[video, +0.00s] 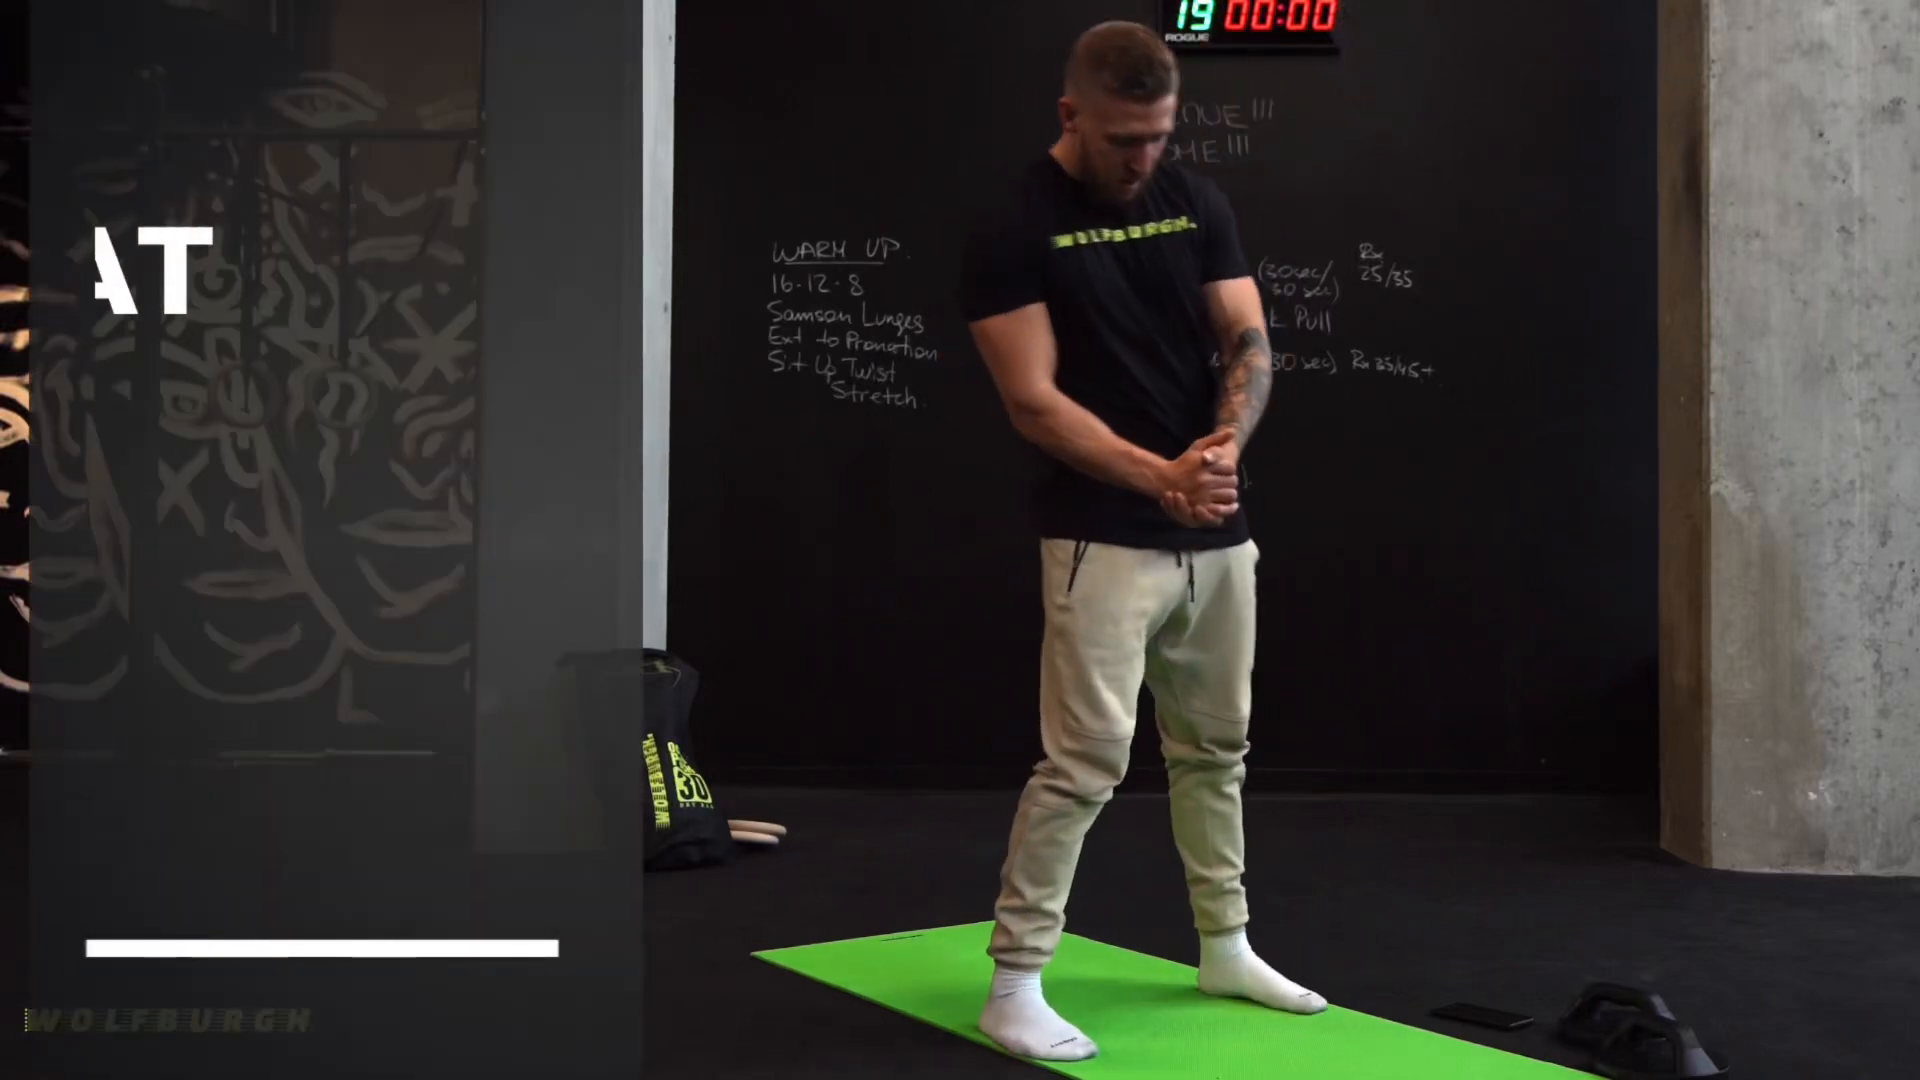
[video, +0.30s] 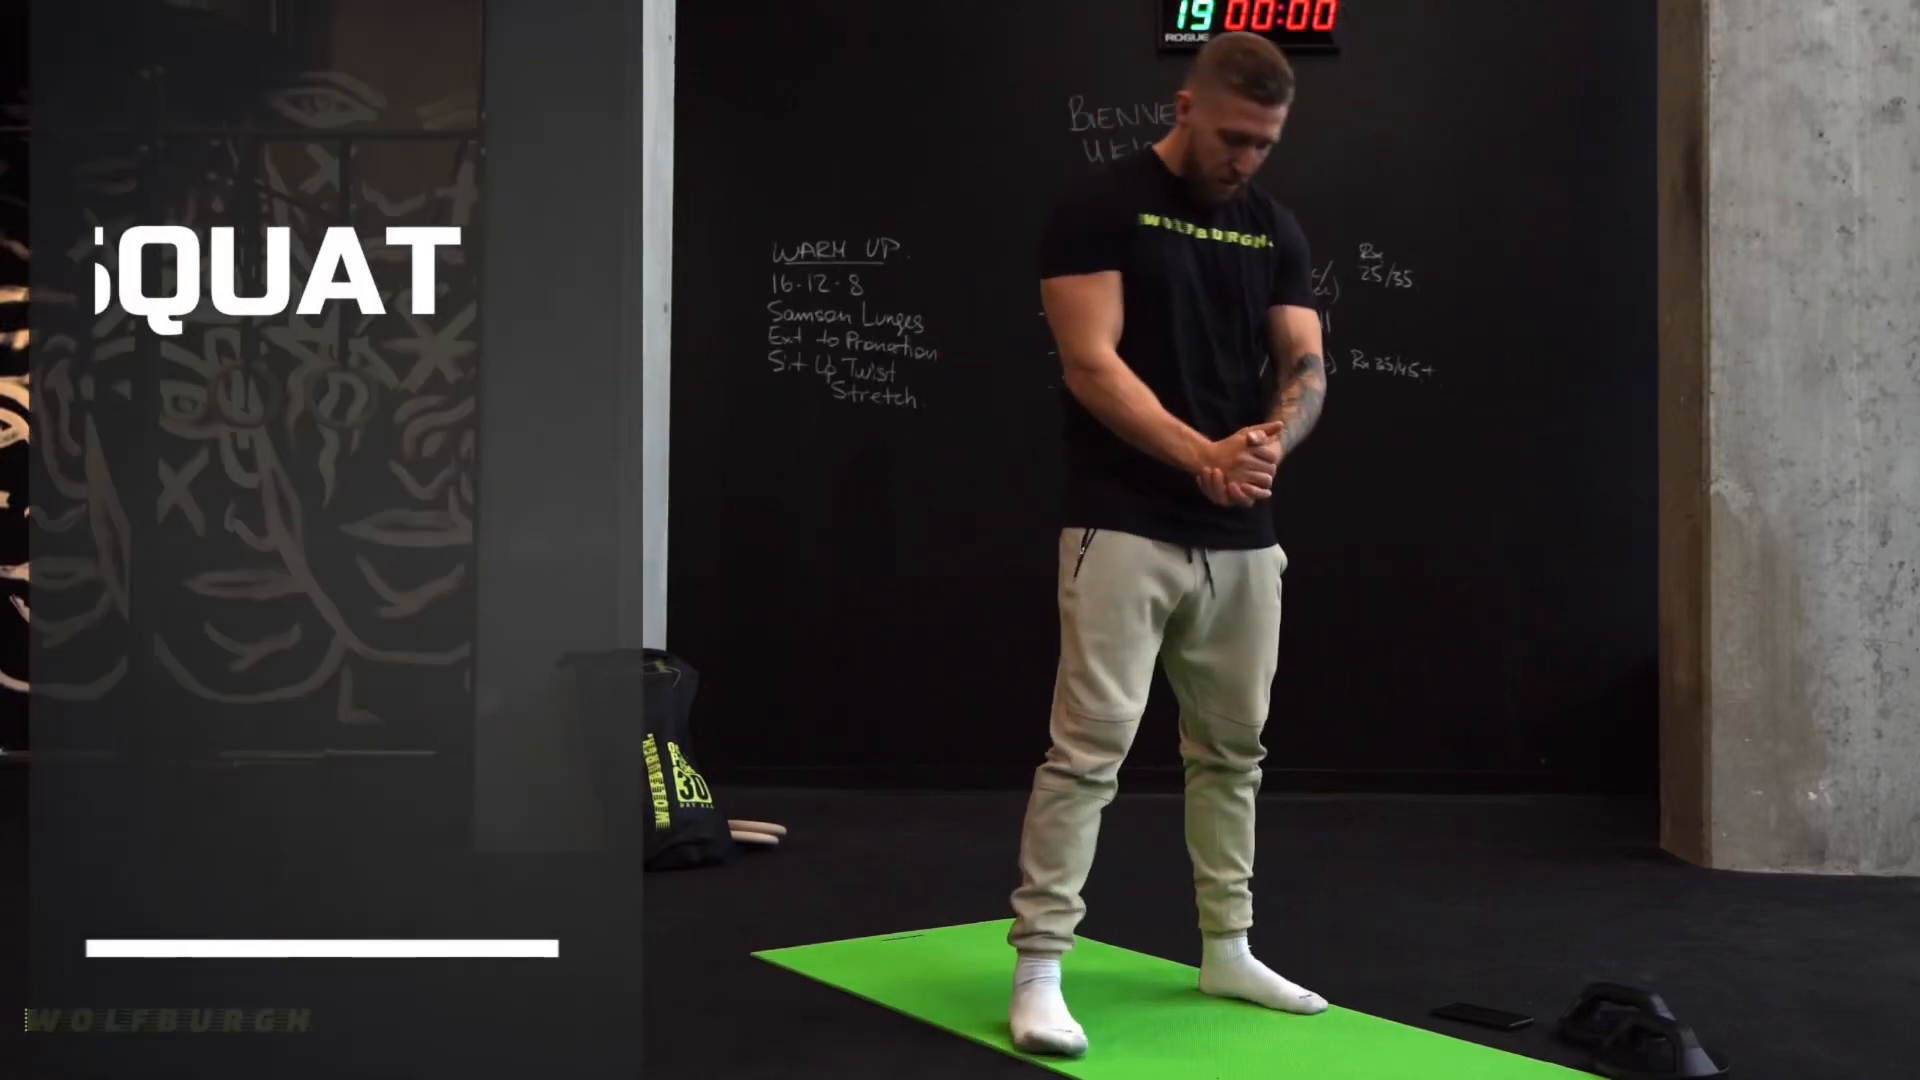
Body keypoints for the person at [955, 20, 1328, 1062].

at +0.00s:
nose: (1146, 160)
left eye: (1160, 139)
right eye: (1124, 140)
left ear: (1177, 114)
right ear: (1068, 114)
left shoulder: (1199, 202)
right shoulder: (1016, 229)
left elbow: (1249, 343)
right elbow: (1032, 404)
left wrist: (1227, 443)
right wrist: (1155, 479)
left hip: (1214, 532)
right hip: (1102, 538)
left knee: (1213, 749)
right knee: (1085, 760)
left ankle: (1225, 950)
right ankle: (1015, 986)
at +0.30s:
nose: (1247, 165)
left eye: (1263, 148)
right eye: (1232, 141)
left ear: (1279, 133)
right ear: (1183, 105)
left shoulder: (1272, 228)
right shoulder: (1099, 208)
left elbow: (1307, 366)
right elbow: (1089, 362)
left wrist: (1275, 436)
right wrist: (1199, 456)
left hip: (1240, 536)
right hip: (1124, 529)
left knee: (1231, 750)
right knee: (1088, 752)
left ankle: (1229, 954)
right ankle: (1039, 972)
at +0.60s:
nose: (1261, 168)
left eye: (1279, 153)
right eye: (1250, 143)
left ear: (1290, 143)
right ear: (1203, 106)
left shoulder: (1259, 241)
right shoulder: (1103, 196)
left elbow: (1287, 373)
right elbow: (1085, 344)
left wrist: (1273, 423)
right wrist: (1198, 433)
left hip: (1220, 535)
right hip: (1105, 526)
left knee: (1217, 750)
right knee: (1083, 753)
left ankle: (1227, 954)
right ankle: (1036, 977)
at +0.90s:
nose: (1204, 139)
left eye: (1220, 121)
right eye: (1189, 115)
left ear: (1231, 119)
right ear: (1136, 90)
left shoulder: (1213, 224)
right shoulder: (1053, 192)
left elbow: (1243, 348)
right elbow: (1060, 347)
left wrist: (1254, 406)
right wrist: (1196, 424)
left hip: (1198, 530)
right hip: (1082, 525)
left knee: (1218, 745)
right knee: (1069, 758)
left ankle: (1232, 950)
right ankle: (1031, 980)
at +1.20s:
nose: (1215, 116)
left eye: (1226, 97)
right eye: (1195, 96)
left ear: (1235, 101)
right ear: (1139, 94)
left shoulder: (1243, 215)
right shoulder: (1078, 209)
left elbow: (1288, 340)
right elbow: (1083, 359)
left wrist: (1285, 396)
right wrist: (1210, 431)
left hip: (1233, 529)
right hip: (1118, 527)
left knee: (1237, 748)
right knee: (1085, 755)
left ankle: (1238, 955)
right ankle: (1035, 980)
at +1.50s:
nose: (1232, 95)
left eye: (1239, 79)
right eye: (1211, 76)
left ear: (1244, 96)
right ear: (1154, 89)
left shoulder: (1251, 232)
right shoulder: (1095, 200)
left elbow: (1288, 352)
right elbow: (1101, 344)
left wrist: (1292, 405)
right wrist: (1232, 423)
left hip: (1236, 528)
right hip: (1123, 523)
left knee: (1235, 747)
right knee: (1090, 749)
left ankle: (1237, 955)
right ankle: (1037, 980)